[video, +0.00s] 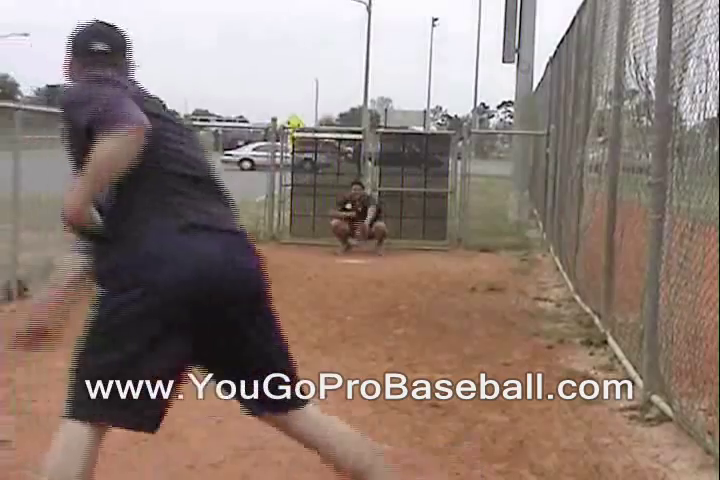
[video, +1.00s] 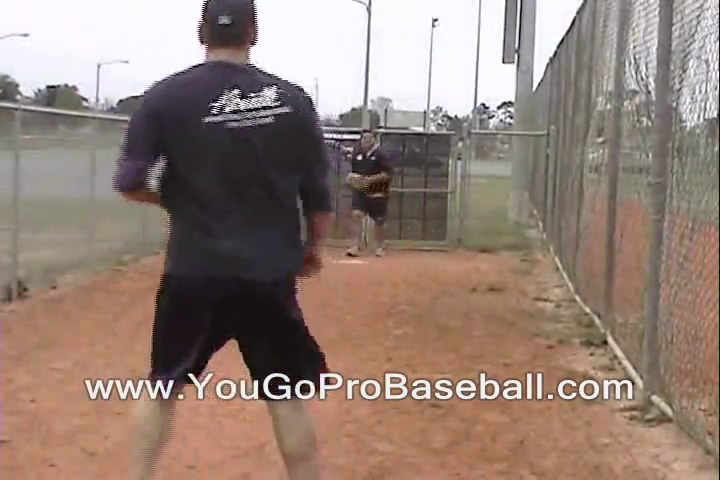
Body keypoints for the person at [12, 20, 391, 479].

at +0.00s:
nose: (66, 67)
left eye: (68, 59)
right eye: (70, 58)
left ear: (75, 61)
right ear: (122, 62)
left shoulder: (85, 89)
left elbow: (128, 128)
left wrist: (80, 199)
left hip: (157, 261)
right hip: (230, 254)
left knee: (83, 423)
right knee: (289, 409)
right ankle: (384, 470)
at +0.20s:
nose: (155, 72)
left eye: (157, 64)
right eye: (158, 64)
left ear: (162, 70)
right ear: (209, 69)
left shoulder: (190, 122)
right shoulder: (238, 114)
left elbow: (234, 205)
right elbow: (274, 203)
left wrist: (182, 259)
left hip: (238, 294)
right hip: (297, 289)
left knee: (142, 432)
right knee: (287, 441)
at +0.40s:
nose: (202, 12)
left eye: (203, 8)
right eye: (206, 9)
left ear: (208, 7)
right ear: (257, 6)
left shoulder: (210, 48)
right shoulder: (300, 54)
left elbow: (224, 131)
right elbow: (364, 137)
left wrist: (182, 164)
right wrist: (390, 190)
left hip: (238, 240)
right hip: (310, 242)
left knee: (196, 380)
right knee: (307, 382)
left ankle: (210, 472)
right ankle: (339, 471)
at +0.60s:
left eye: (228, 24)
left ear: (226, 29)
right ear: (278, 29)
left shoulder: (209, 80)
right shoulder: (320, 85)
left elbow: (200, 161)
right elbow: (373, 170)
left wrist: (169, 191)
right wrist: (403, 238)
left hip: (236, 262)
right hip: (305, 259)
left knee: (251, 398)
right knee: (301, 386)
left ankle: (281, 475)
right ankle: (311, 475)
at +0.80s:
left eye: (231, 54)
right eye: (275, 53)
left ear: (226, 56)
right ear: (278, 57)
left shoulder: (198, 119)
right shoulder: (319, 118)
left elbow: (181, 213)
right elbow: (342, 215)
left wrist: (193, 236)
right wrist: (342, 280)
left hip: (229, 290)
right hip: (300, 289)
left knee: (195, 383)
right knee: (287, 402)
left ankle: (244, 472)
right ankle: (306, 473)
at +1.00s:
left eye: (203, 31)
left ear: (201, 35)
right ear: (253, 35)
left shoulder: (167, 95)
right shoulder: (293, 99)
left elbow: (128, 182)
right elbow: (320, 190)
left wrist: (169, 197)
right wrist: (314, 246)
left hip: (193, 278)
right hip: (268, 279)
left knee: (161, 389)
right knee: (287, 397)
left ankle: (138, 473)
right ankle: (307, 475)